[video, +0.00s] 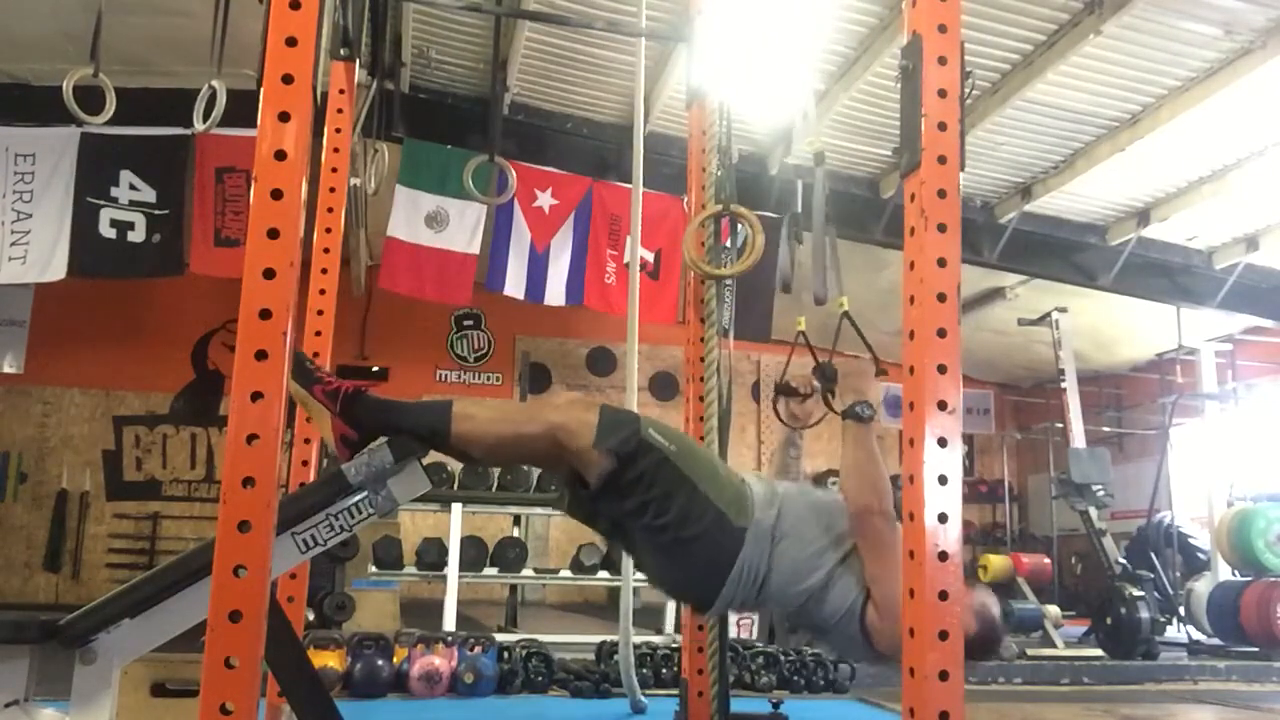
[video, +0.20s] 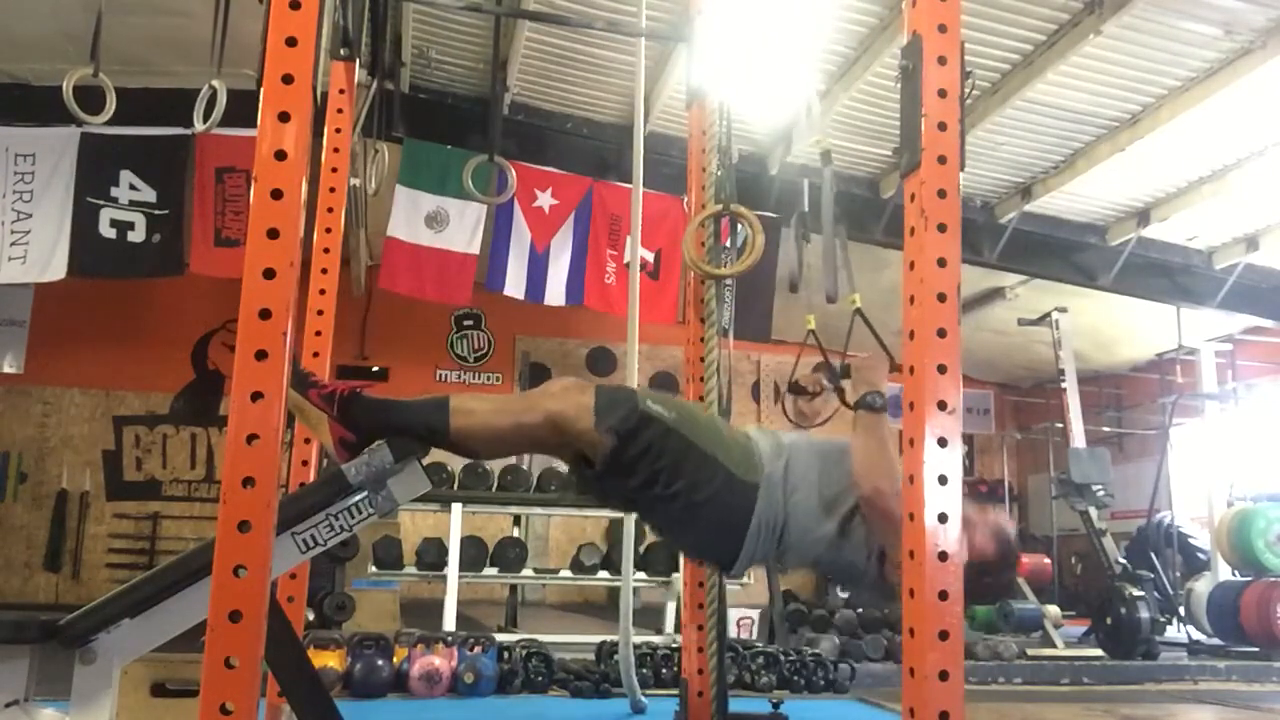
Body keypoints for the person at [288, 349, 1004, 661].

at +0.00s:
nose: (948, 588)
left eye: (958, 611)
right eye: (962, 590)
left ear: (951, 642)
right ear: (950, 590)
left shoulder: (905, 639)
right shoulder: (903, 585)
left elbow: (874, 517)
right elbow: (869, 515)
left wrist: (861, 408)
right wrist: (843, 407)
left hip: (736, 548)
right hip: (736, 513)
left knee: (586, 425)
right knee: (563, 431)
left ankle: (369, 414)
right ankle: (382, 422)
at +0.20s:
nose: (970, 515)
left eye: (980, 528)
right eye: (982, 515)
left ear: (965, 559)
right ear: (969, 526)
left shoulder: (916, 559)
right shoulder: (910, 543)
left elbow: (872, 462)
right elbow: (865, 439)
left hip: (746, 494)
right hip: (739, 485)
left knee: (571, 410)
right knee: (562, 413)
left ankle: (366, 413)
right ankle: (376, 419)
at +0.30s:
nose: (986, 467)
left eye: (995, 478)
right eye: (991, 463)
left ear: (989, 508)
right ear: (978, 460)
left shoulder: (939, 528)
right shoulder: (930, 469)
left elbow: (887, 486)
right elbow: (876, 464)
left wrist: (917, 408)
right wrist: (883, 398)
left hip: (754, 468)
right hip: (745, 454)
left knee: (570, 407)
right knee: (560, 407)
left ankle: (365, 414)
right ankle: (373, 416)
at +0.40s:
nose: (975, 443)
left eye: (985, 450)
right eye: (982, 442)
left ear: (987, 471)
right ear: (974, 444)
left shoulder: (947, 476)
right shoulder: (930, 452)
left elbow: (894, 481)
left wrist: (917, 395)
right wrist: (877, 385)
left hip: (758, 437)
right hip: (749, 458)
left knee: (566, 410)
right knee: (560, 413)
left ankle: (370, 416)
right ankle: (379, 420)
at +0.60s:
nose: (984, 403)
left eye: (996, 418)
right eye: (990, 400)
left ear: (993, 444)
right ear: (976, 396)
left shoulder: (963, 460)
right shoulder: (934, 407)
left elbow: (902, 486)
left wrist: (906, 393)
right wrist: (871, 374)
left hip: (763, 439)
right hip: (747, 423)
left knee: (575, 394)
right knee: (563, 394)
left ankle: (372, 422)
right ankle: (376, 419)